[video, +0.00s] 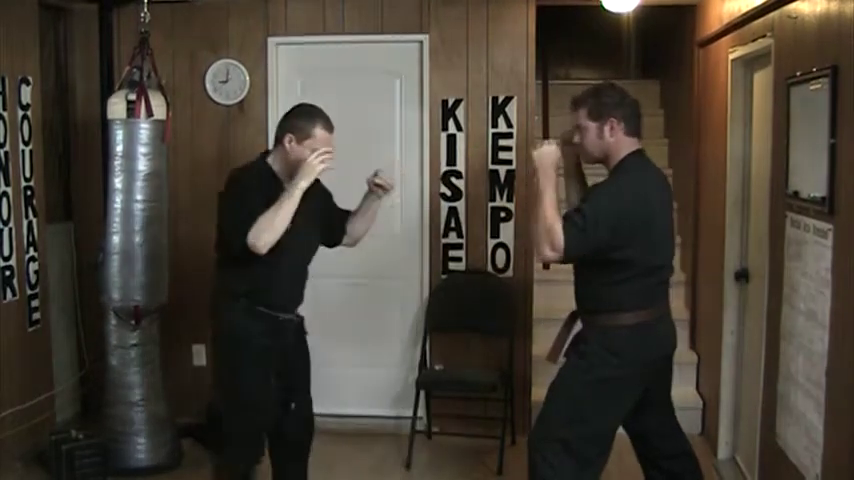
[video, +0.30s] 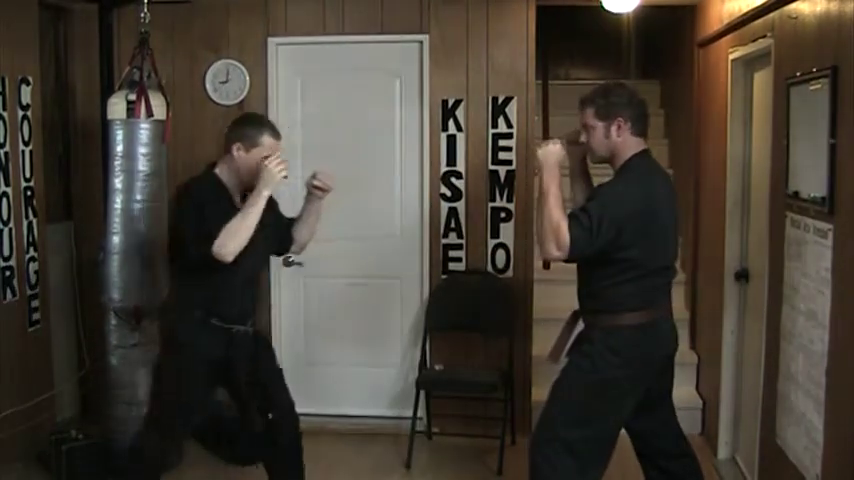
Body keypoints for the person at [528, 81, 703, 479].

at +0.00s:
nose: (576, 139)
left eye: (581, 129)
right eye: (576, 130)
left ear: (611, 128)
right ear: (615, 128)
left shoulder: (620, 189)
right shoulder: (651, 179)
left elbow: (552, 247)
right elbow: (630, 265)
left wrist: (546, 172)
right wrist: (580, 318)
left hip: (615, 342)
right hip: (650, 335)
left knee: (554, 448)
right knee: (663, 446)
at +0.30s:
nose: (584, 138)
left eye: (588, 129)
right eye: (583, 129)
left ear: (618, 127)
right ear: (624, 127)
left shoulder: (628, 186)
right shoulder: (656, 180)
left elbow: (559, 245)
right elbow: (592, 225)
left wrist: (549, 171)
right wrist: (579, 166)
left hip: (617, 341)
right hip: (653, 336)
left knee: (555, 451)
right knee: (664, 448)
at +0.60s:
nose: (586, 138)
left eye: (590, 128)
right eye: (585, 129)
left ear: (620, 127)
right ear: (626, 127)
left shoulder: (628, 187)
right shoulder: (659, 179)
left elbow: (559, 243)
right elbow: (596, 224)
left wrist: (550, 172)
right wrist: (581, 165)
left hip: (617, 343)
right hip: (655, 336)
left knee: (557, 451)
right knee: (664, 448)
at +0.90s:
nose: (586, 137)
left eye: (590, 128)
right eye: (585, 128)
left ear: (620, 126)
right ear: (626, 127)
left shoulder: (627, 187)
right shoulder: (659, 180)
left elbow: (558, 243)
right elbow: (596, 223)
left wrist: (549, 170)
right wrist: (581, 164)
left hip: (617, 343)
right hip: (655, 336)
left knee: (556, 451)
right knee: (665, 449)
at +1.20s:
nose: (585, 137)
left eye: (589, 127)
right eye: (584, 128)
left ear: (619, 126)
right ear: (625, 127)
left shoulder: (626, 187)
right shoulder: (659, 180)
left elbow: (558, 243)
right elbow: (595, 224)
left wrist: (548, 171)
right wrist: (581, 163)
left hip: (616, 343)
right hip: (655, 336)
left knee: (556, 452)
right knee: (664, 448)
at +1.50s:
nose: (584, 137)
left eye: (589, 128)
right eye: (583, 128)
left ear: (618, 127)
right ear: (625, 126)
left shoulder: (624, 187)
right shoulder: (662, 180)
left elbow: (555, 242)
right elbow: (599, 222)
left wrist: (546, 169)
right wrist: (585, 161)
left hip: (616, 342)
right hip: (657, 336)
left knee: (556, 450)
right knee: (664, 447)